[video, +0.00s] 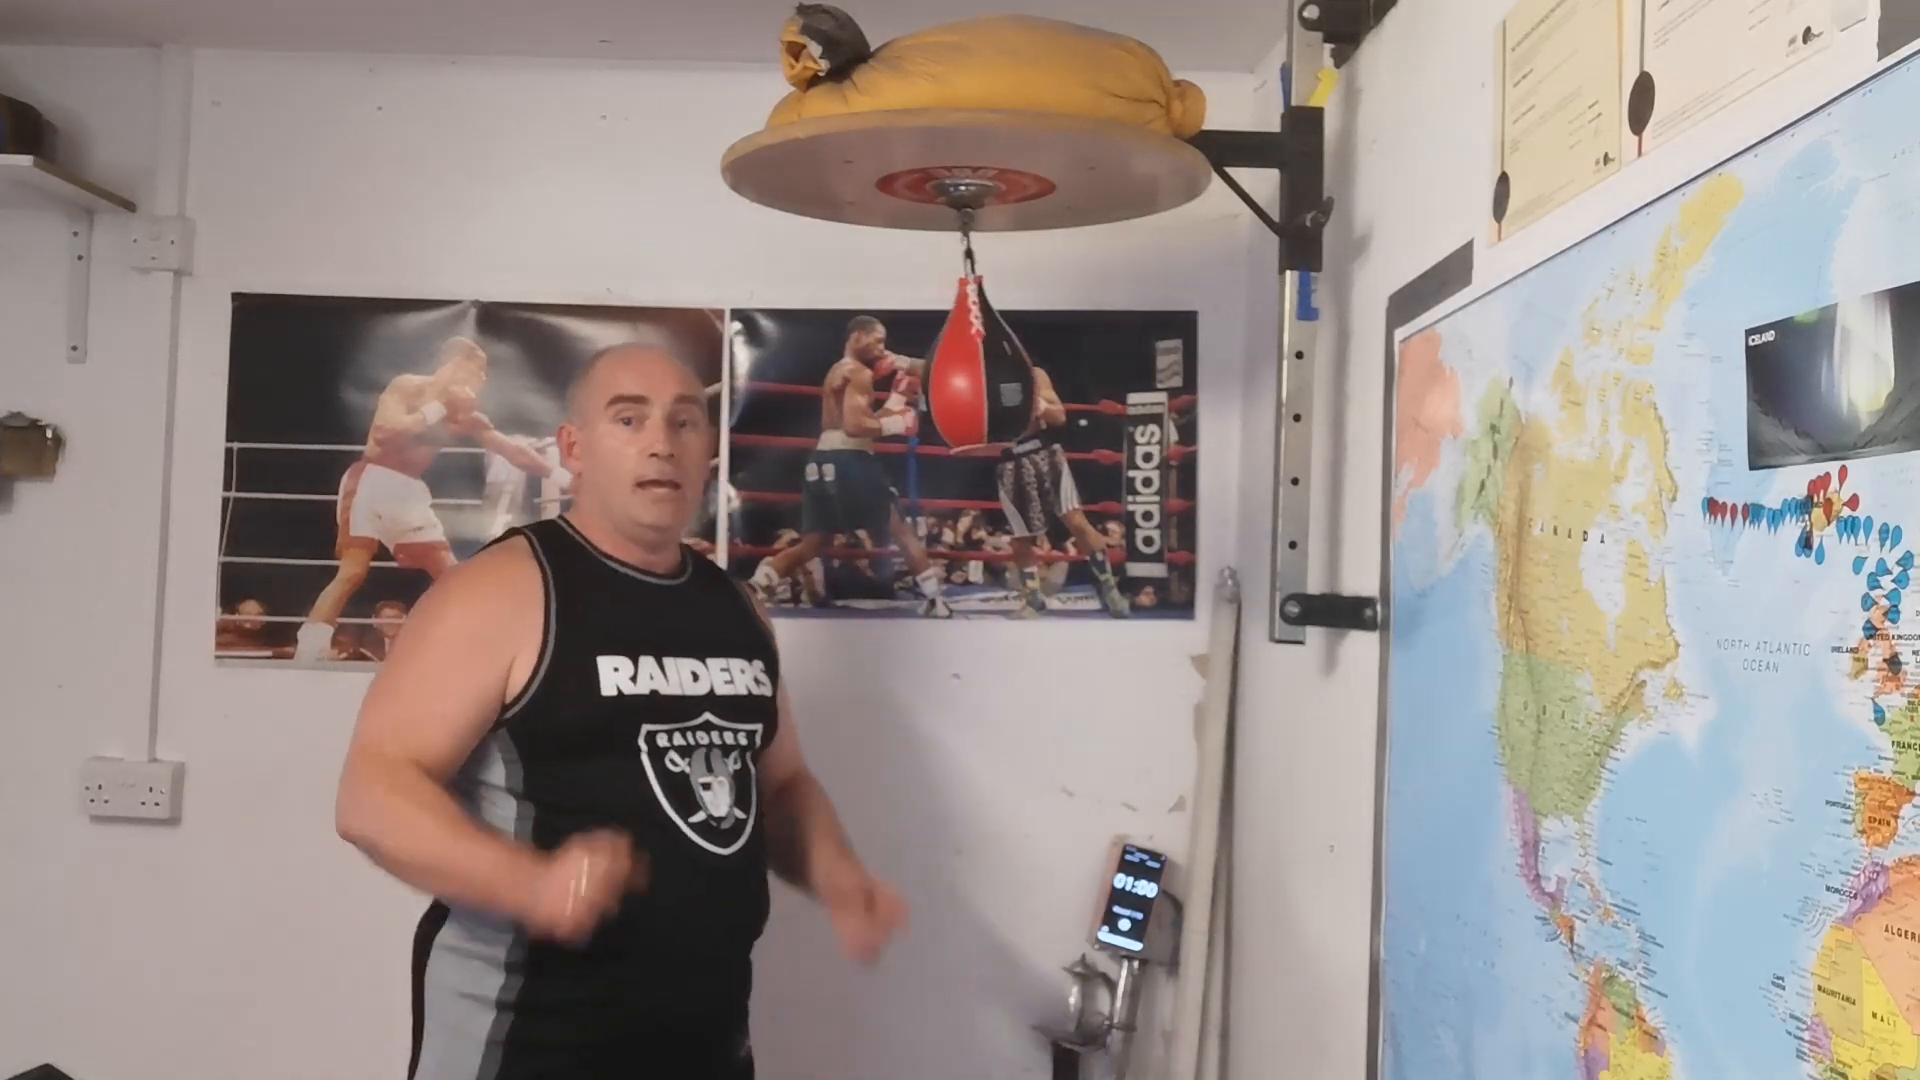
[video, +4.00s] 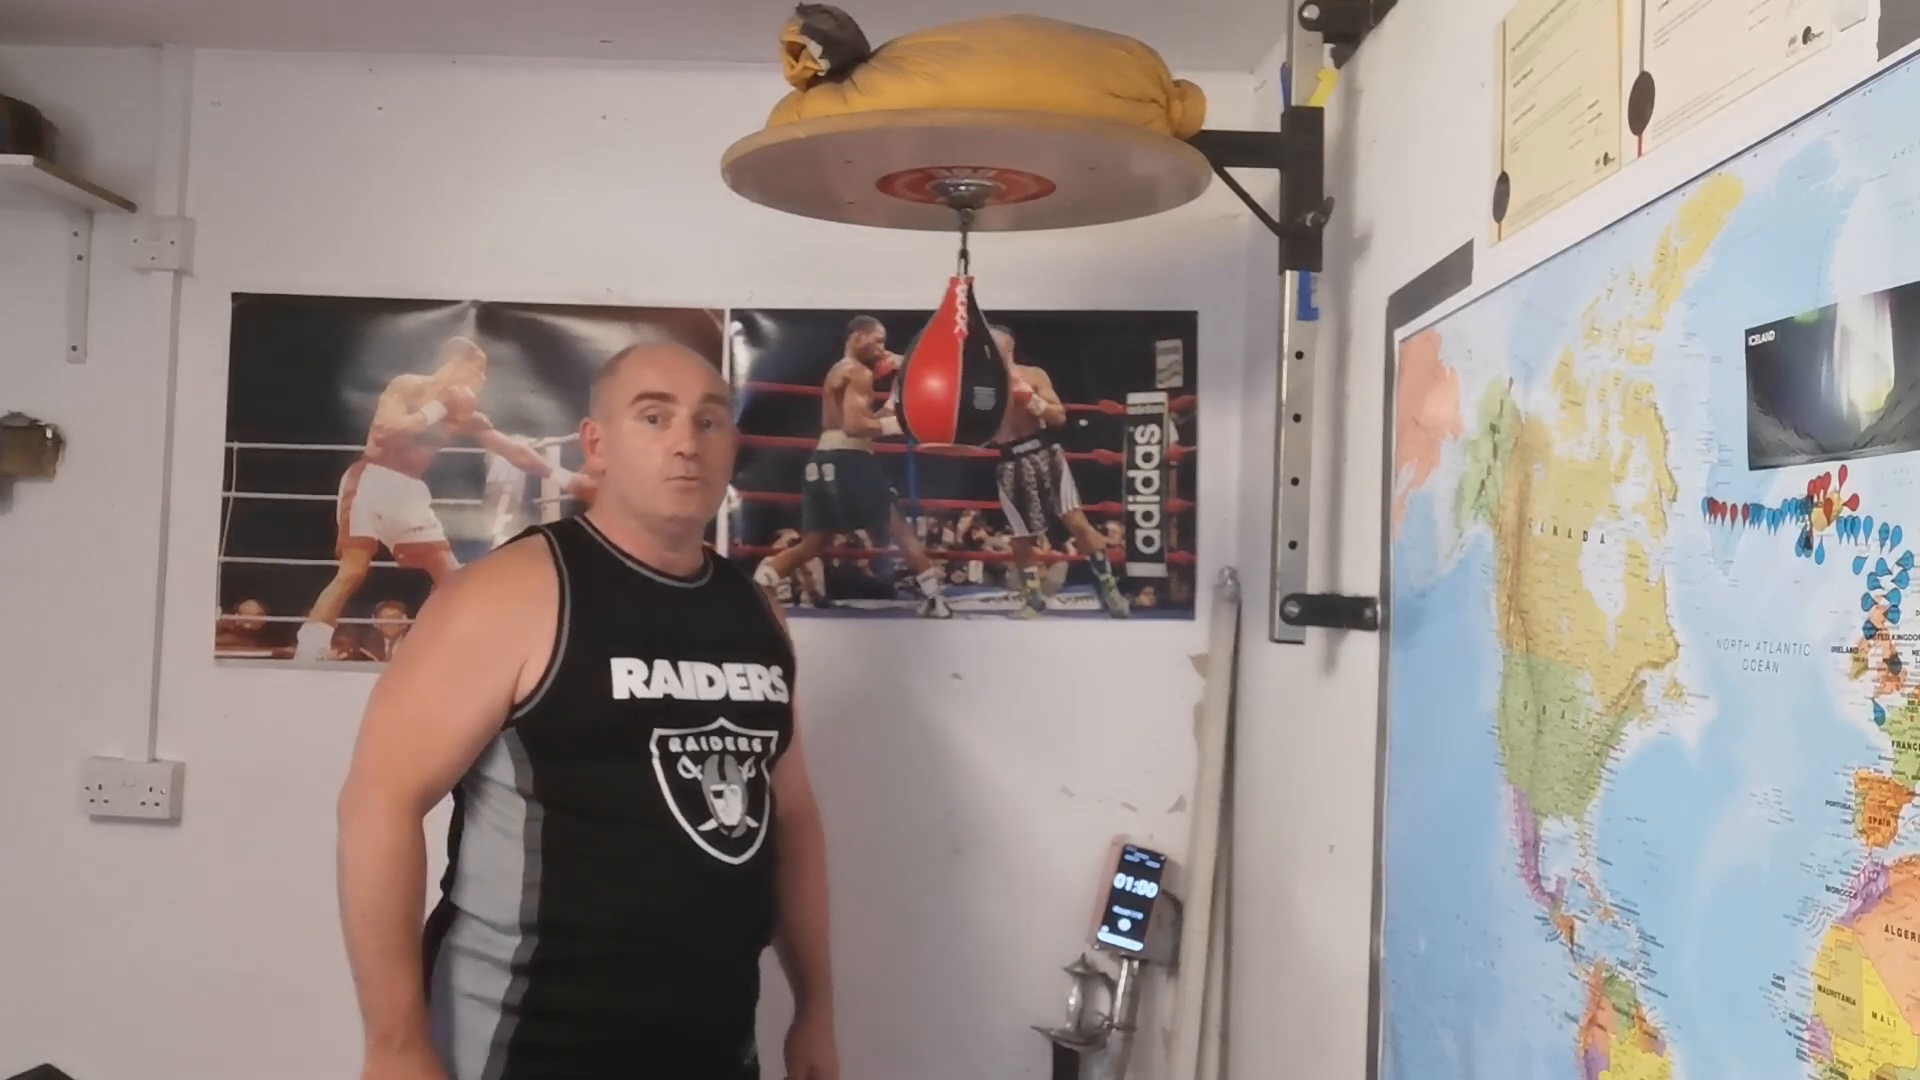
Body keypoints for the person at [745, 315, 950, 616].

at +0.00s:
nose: (881, 349)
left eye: (883, 343)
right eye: (878, 342)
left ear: (855, 340)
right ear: (857, 337)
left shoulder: (833, 374)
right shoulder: (858, 373)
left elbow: (849, 422)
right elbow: (855, 425)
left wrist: (889, 408)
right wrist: (896, 423)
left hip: (820, 462)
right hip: (853, 463)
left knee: (814, 542)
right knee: (902, 531)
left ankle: (755, 587)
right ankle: (935, 598)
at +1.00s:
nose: (881, 348)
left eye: (882, 343)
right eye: (878, 341)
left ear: (857, 340)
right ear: (857, 337)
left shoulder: (834, 374)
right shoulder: (858, 373)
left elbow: (851, 424)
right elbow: (854, 426)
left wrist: (890, 407)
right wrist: (895, 423)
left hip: (820, 463)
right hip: (852, 463)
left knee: (815, 542)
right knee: (901, 529)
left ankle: (756, 587)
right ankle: (936, 598)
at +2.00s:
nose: (881, 349)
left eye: (883, 343)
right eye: (878, 342)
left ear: (857, 340)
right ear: (858, 337)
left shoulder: (834, 372)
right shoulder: (858, 373)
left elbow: (848, 422)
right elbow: (854, 425)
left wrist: (886, 409)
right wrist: (894, 423)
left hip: (820, 463)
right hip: (852, 463)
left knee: (816, 541)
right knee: (901, 529)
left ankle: (756, 587)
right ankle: (935, 597)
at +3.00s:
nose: (881, 349)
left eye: (883, 343)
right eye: (878, 342)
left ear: (856, 340)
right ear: (858, 338)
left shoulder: (834, 373)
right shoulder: (859, 373)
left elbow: (847, 421)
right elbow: (854, 425)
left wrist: (885, 411)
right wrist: (890, 425)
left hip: (820, 463)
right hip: (852, 463)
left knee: (814, 542)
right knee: (902, 531)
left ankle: (755, 587)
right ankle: (935, 598)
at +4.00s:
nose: (881, 350)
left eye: (883, 343)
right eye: (877, 342)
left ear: (855, 341)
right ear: (857, 338)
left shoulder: (834, 372)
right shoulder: (859, 373)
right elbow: (854, 425)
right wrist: (888, 424)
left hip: (820, 463)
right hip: (852, 463)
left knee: (814, 542)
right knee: (902, 530)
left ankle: (755, 588)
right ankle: (935, 597)